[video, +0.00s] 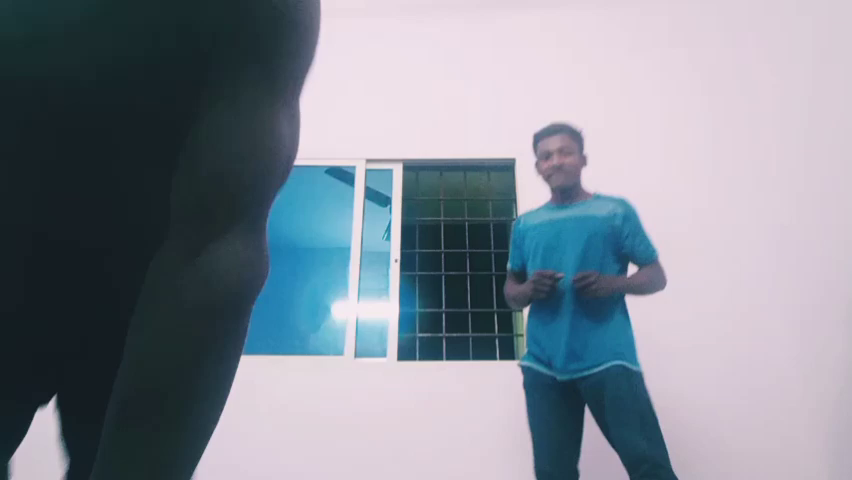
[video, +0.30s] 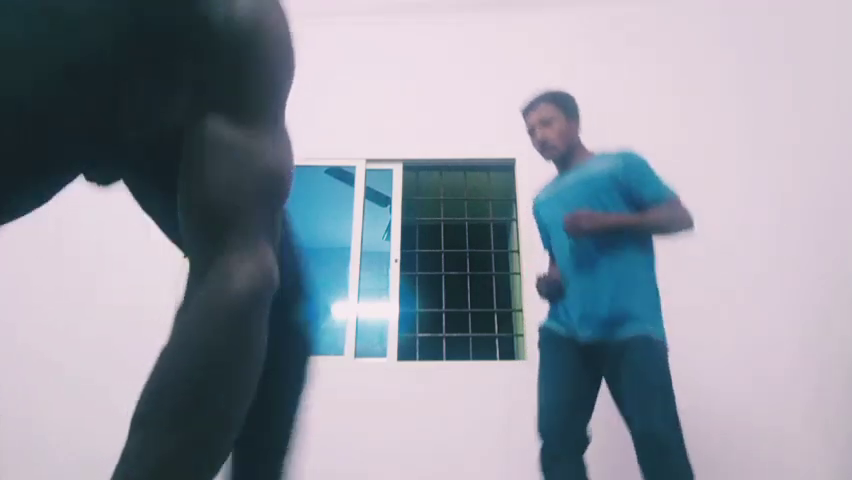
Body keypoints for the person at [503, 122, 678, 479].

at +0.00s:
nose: (555, 162)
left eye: (564, 153)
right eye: (546, 156)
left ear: (583, 160)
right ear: (537, 167)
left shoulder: (615, 212)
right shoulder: (525, 224)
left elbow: (656, 277)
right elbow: (511, 295)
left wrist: (613, 283)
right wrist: (529, 288)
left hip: (607, 363)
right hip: (544, 367)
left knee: (648, 465)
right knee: (552, 471)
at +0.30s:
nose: (540, 135)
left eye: (547, 123)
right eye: (532, 130)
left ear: (573, 123)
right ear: (530, 139)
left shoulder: (623, 165)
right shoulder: (544, 202)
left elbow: (679, 217)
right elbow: (559, 262)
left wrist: (606, 221)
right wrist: (551, 282)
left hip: (631, 329)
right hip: (567, 333)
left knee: (659, 447)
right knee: (558, 448)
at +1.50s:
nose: (560, 150)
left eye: (569, 138)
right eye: (551, 145)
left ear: (593, 142)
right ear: (548, 157)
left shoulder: (635, 182)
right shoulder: (570, 227)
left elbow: (692, 237)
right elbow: (598, 287)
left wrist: (615, 269)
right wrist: (577, 319)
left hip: (667, 351)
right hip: (610, 361)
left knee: (705, 463)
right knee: (585, 463)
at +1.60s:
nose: (576, 113)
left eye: (583, 101)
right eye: (566, 108)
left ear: (606, 103)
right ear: (563, 120)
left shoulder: (644, 136)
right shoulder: (584, 186)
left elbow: (711, 185)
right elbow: (621, 244)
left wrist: (636, 222)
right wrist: (597, 268)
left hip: (686, 302)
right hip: (631, 321)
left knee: (730, 422)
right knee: (649, 449)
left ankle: (762, 474)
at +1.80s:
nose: (621, 127)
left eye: (630, 116)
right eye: (612, 122)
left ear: (655, 118)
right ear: (608, 134)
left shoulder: (698, 155)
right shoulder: (633, 203)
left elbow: (756, 207)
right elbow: (664, 262)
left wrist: (675, 256)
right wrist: (641, 286)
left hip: (739, 339)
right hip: (681, 346)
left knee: (793, 453)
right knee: (662, 461)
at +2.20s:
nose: (604, 120)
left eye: (612, 108)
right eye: (600, 113)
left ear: (645, 110)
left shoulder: (670, 143)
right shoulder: (658, 167)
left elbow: (711, 195)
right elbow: (719, 242)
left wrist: (642, 258)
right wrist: (679, 280)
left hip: (727, 316)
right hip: (698, 323)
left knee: (773, 431)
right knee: (701, 444)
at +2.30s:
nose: (609, 147)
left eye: (617, 135)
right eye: (605, 141)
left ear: (650, 136)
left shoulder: (670, 172)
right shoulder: (663, 189)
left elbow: (699, 225)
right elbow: (721, 274)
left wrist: (625, 279)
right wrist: (680, 313)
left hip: (727, 350)